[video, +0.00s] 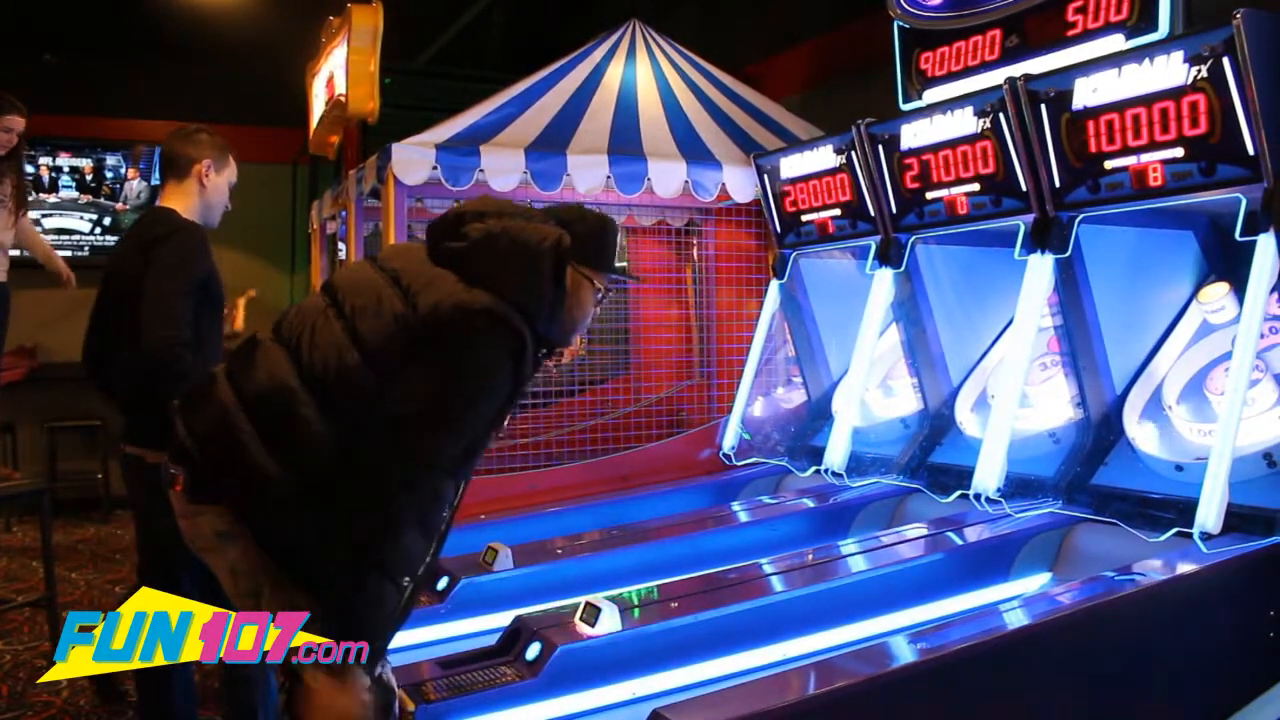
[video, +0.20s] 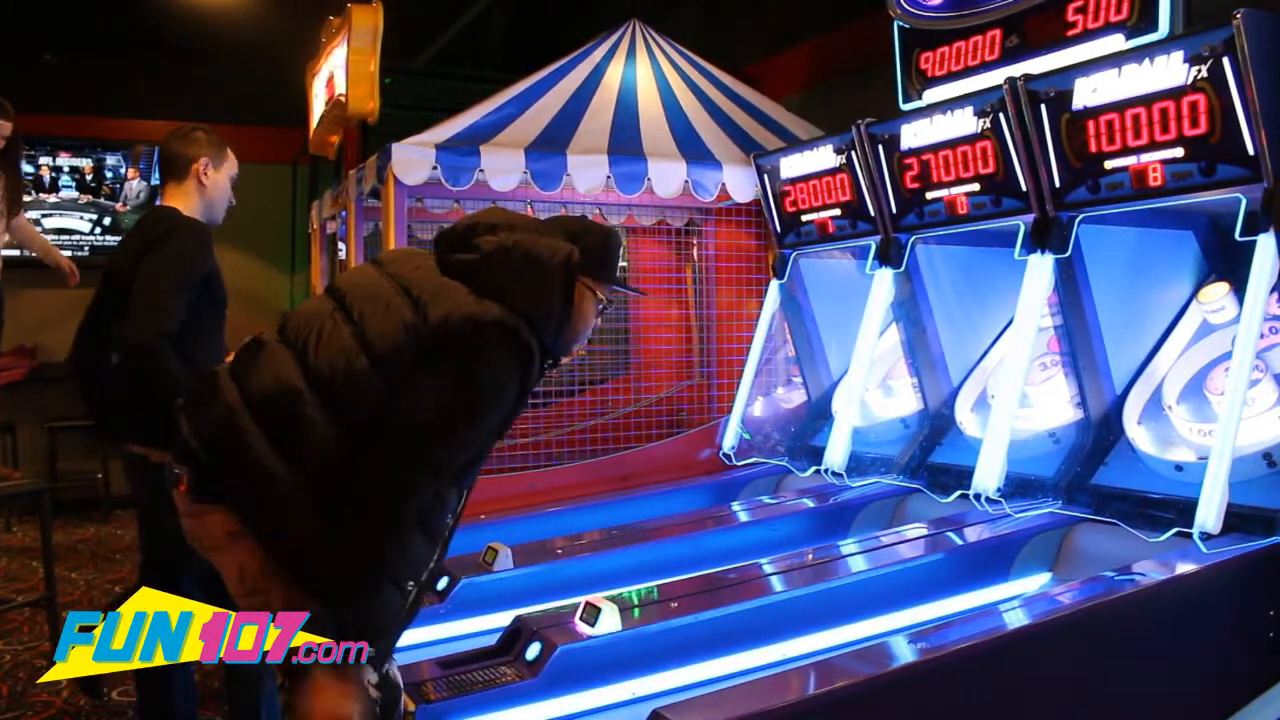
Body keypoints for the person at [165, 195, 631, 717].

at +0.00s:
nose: (596, 311)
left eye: (602, 294)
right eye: (596, 290)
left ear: (551, 264)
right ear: (561, 272)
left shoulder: (424, 265)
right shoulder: (489, 329)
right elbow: (415, 484)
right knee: (340, 686)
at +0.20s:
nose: (595, 324)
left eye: (603, 308)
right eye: (597, 304)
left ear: (537, 264)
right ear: (568, 287)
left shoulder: (418, 268)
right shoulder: (498, 337)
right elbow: (411, 487)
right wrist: (358, 645)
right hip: (259, 510)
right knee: (337, 683)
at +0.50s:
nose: (588, 303)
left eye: (592, 286)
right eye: (586, 284)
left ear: (493, 247)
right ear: (554, 277)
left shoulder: (396, 265)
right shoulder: (519, 342)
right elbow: (615, 460)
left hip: (209, 484)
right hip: (286, 530)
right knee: (364, 700)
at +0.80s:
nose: (586, 281)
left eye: (589, 265)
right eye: (582, 262)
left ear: (485, 235)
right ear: (541, 253)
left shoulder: (393, 263)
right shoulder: (505, 319)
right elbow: (582, 467)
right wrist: (705, 539)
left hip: (220, 485)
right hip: (290, 519)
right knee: (354, 698)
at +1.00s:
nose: (588, 281)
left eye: (590, 265)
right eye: (583, 262)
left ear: (509, 246)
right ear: (543, 254)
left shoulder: (396, 267)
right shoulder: (494, 323)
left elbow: (277, 300)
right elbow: (512, 506)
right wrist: (580, 646)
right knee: (356, 700)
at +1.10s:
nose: (587, 289)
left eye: (590, 273)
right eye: (584, 270)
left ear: (511, 250)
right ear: (546, 259)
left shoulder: (398, 264)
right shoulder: (492, 332)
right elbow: (495, 514)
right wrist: (559, 666)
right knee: (346, 698)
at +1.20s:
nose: (586, 293)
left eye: (589, 277)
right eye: (581, 274)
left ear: (512, 252)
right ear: (541, 263)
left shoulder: (396, 262)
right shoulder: (487, 334)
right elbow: (496, 518)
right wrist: (559, 671)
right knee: (336, 695)